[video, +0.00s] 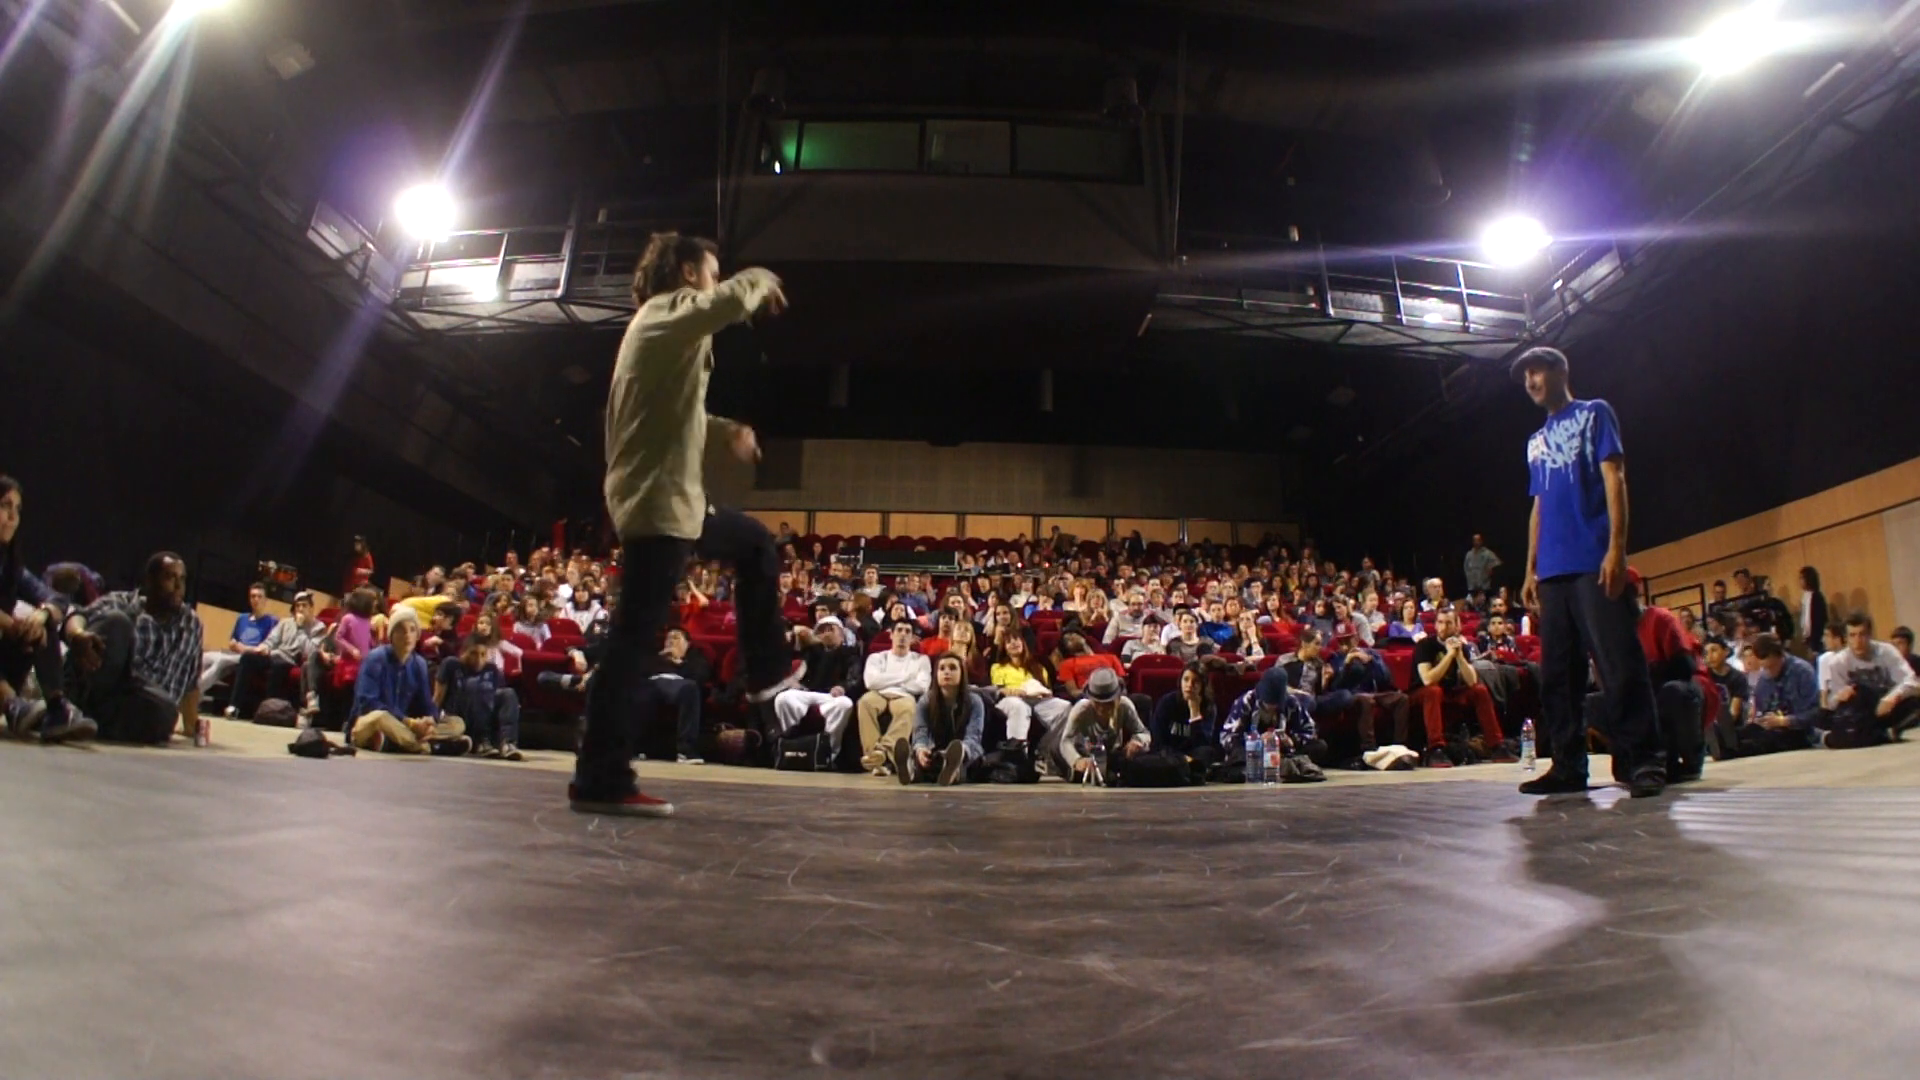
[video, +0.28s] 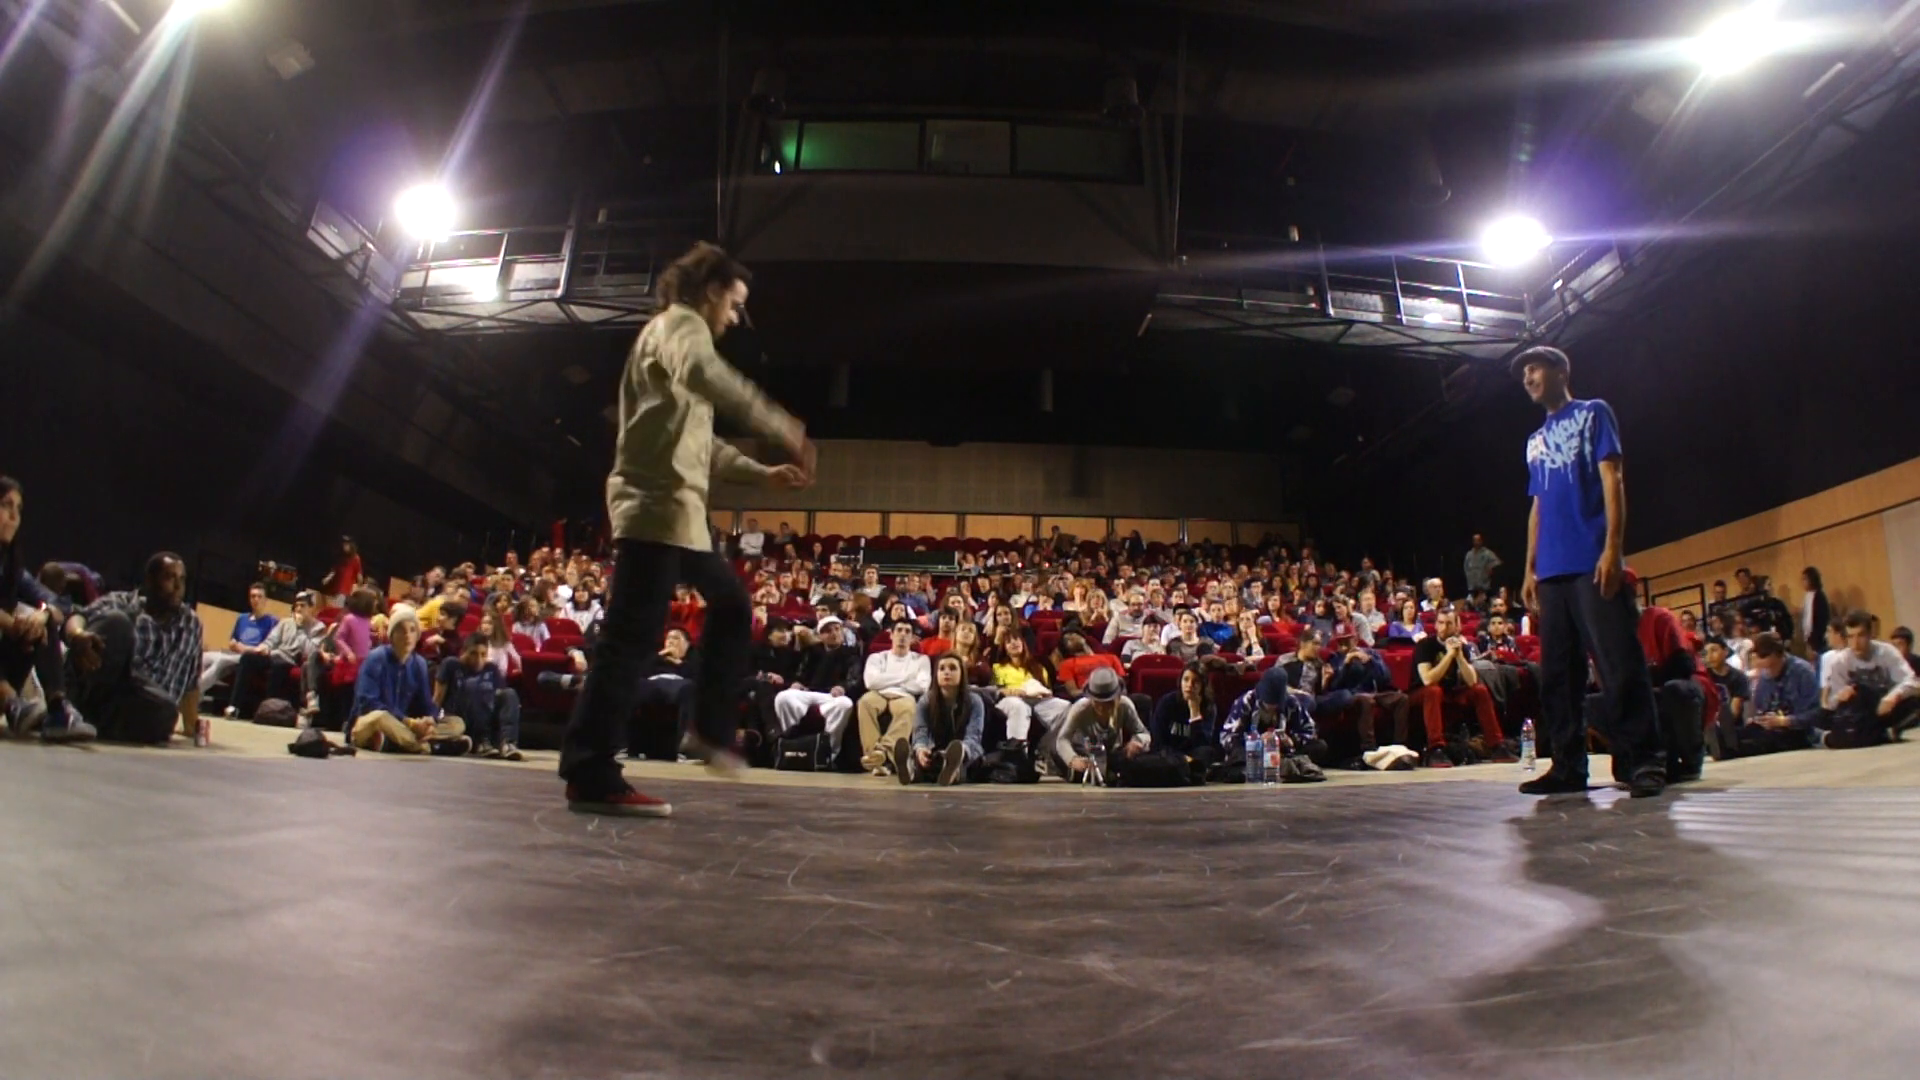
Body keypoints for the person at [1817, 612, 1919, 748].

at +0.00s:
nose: (1857, 641)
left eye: (1862, 635)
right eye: (1852, 635)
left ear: (1869, 634)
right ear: (1846, 638)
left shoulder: (1887, 652)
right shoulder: (1838, 662)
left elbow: (1911, 680)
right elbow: (1830, 703)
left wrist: (1892, 697)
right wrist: (1839, 697)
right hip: (1858, 707)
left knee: (1913, 702)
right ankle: (1883, 734)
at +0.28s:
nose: (1856, 642)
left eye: (1861, 635)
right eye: (1851, 637)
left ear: (1870, 635)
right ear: (1846, 638)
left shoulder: (1886, 652)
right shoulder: (1840, 661)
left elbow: (1911, 680)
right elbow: (1830, 703)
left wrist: (1892, 696)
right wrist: (1838, 697)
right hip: (1858, 705)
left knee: (1913, 703)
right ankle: (1885, 734)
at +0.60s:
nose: (1857, 642)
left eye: (1862, 635)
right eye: (1851, 636)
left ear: (1870, 634)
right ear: (1845, 638)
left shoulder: (1886, 651)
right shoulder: (1837, 659)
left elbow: (1911, 681)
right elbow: (1829, 702)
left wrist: (1894, 695)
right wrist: (1838, 697)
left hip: (1885, 703)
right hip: (1856, 704)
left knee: (1913, 704)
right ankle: (1885, 734)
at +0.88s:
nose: (1857, 642)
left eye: (1862, 635)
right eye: (1852, 636)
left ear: (1870, 635)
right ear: (1844, 638)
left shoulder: (1886, 652)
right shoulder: (1838, 661)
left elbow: (1911, 680)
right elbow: (1830, 702)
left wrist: (1894, 695)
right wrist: (1839, 696)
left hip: (1886, 703)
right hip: (1857, 705)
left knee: (1913, 704)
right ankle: (1884, 734)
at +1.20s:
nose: (1857, 643)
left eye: (1862, 636)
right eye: (1852, 637)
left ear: (1869, 635)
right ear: (1843, 638)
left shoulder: (1886, 652)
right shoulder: (1839, 661)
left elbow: (1911, 681)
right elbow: (1830, 702)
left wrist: (1894, 695)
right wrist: (1839, 696)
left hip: (1886, 702)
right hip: (1858, 704)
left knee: (1914, 703)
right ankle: (1885, 734)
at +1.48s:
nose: (1857, 643)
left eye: (1861, 637)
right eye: (1851, 638)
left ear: (1869, 635)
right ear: (1844, 638)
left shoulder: (1886, 652)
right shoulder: (1838, 661)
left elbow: (1911, 681)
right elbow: (1830, 702)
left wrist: (1893, 695)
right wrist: (1839, 697)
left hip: (1886, 702)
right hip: (1858, 705)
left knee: (1913, 703)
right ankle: (1884, 734)